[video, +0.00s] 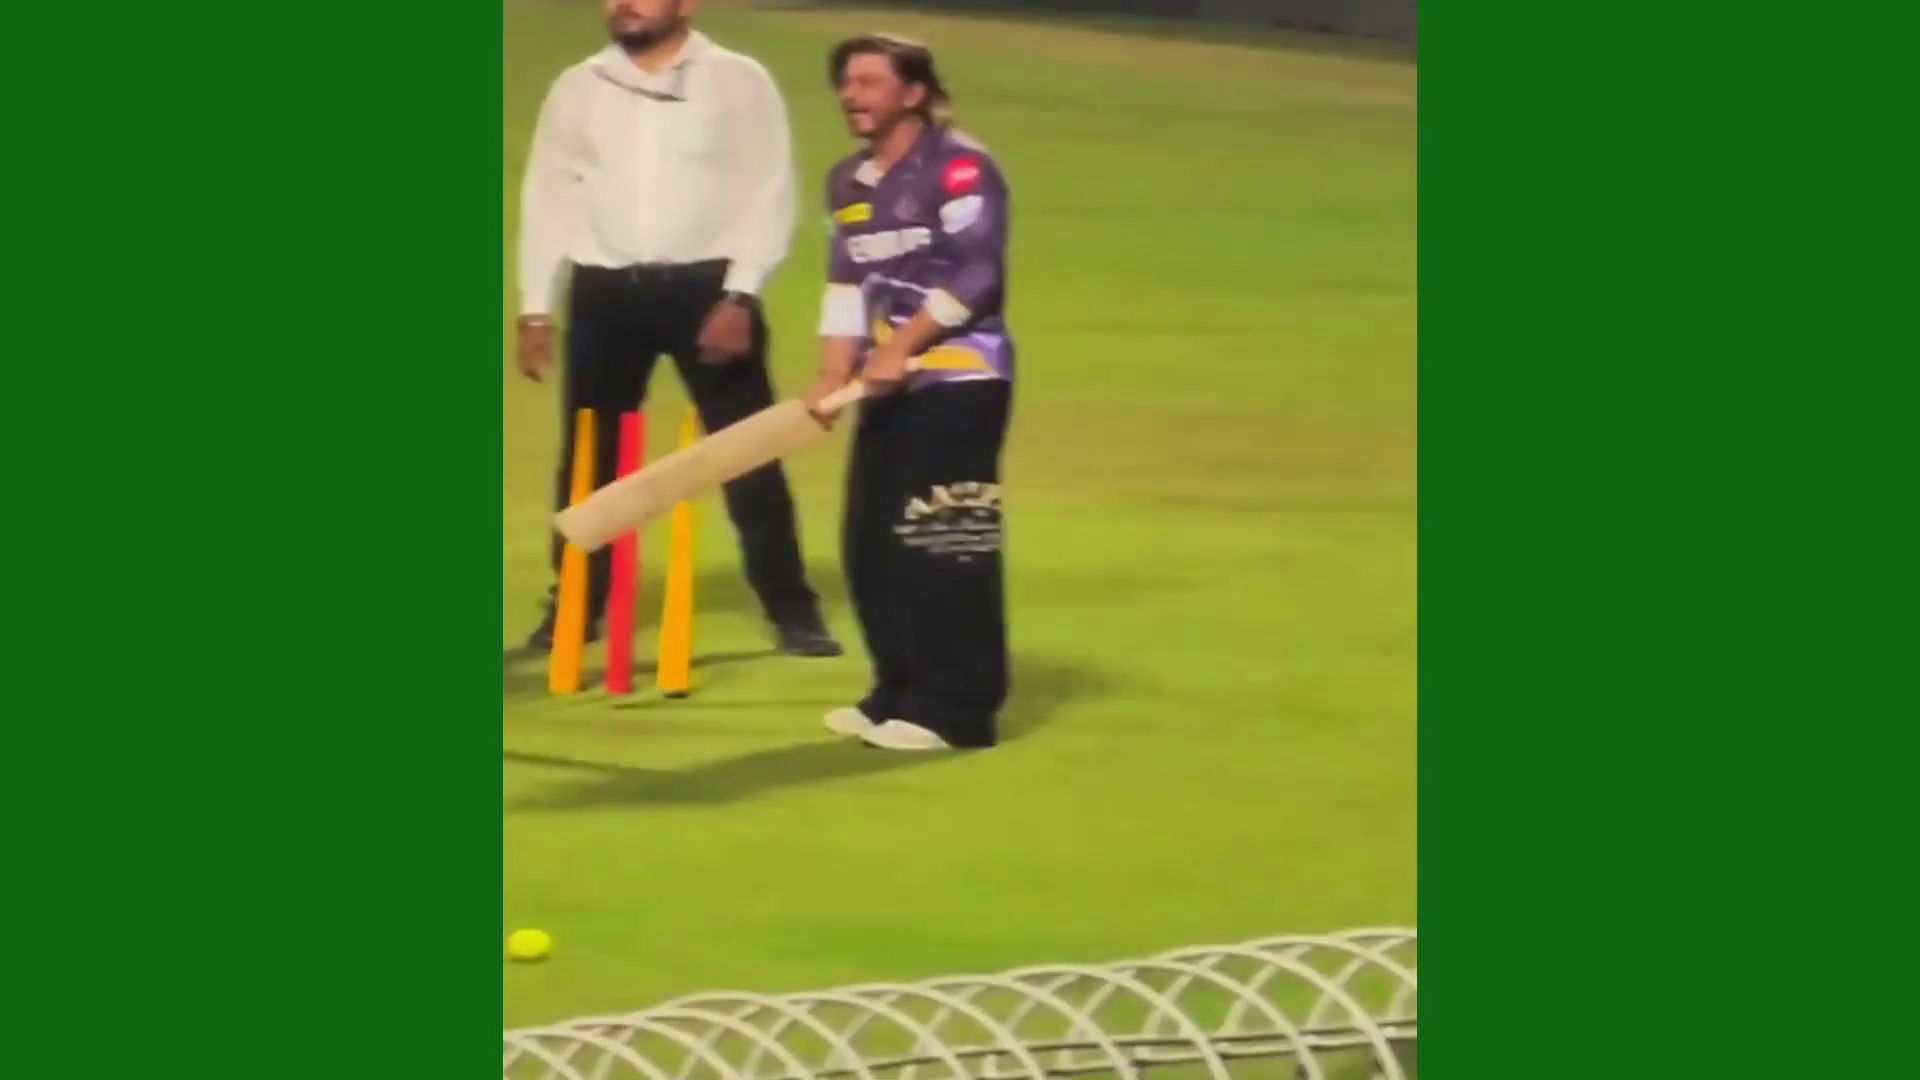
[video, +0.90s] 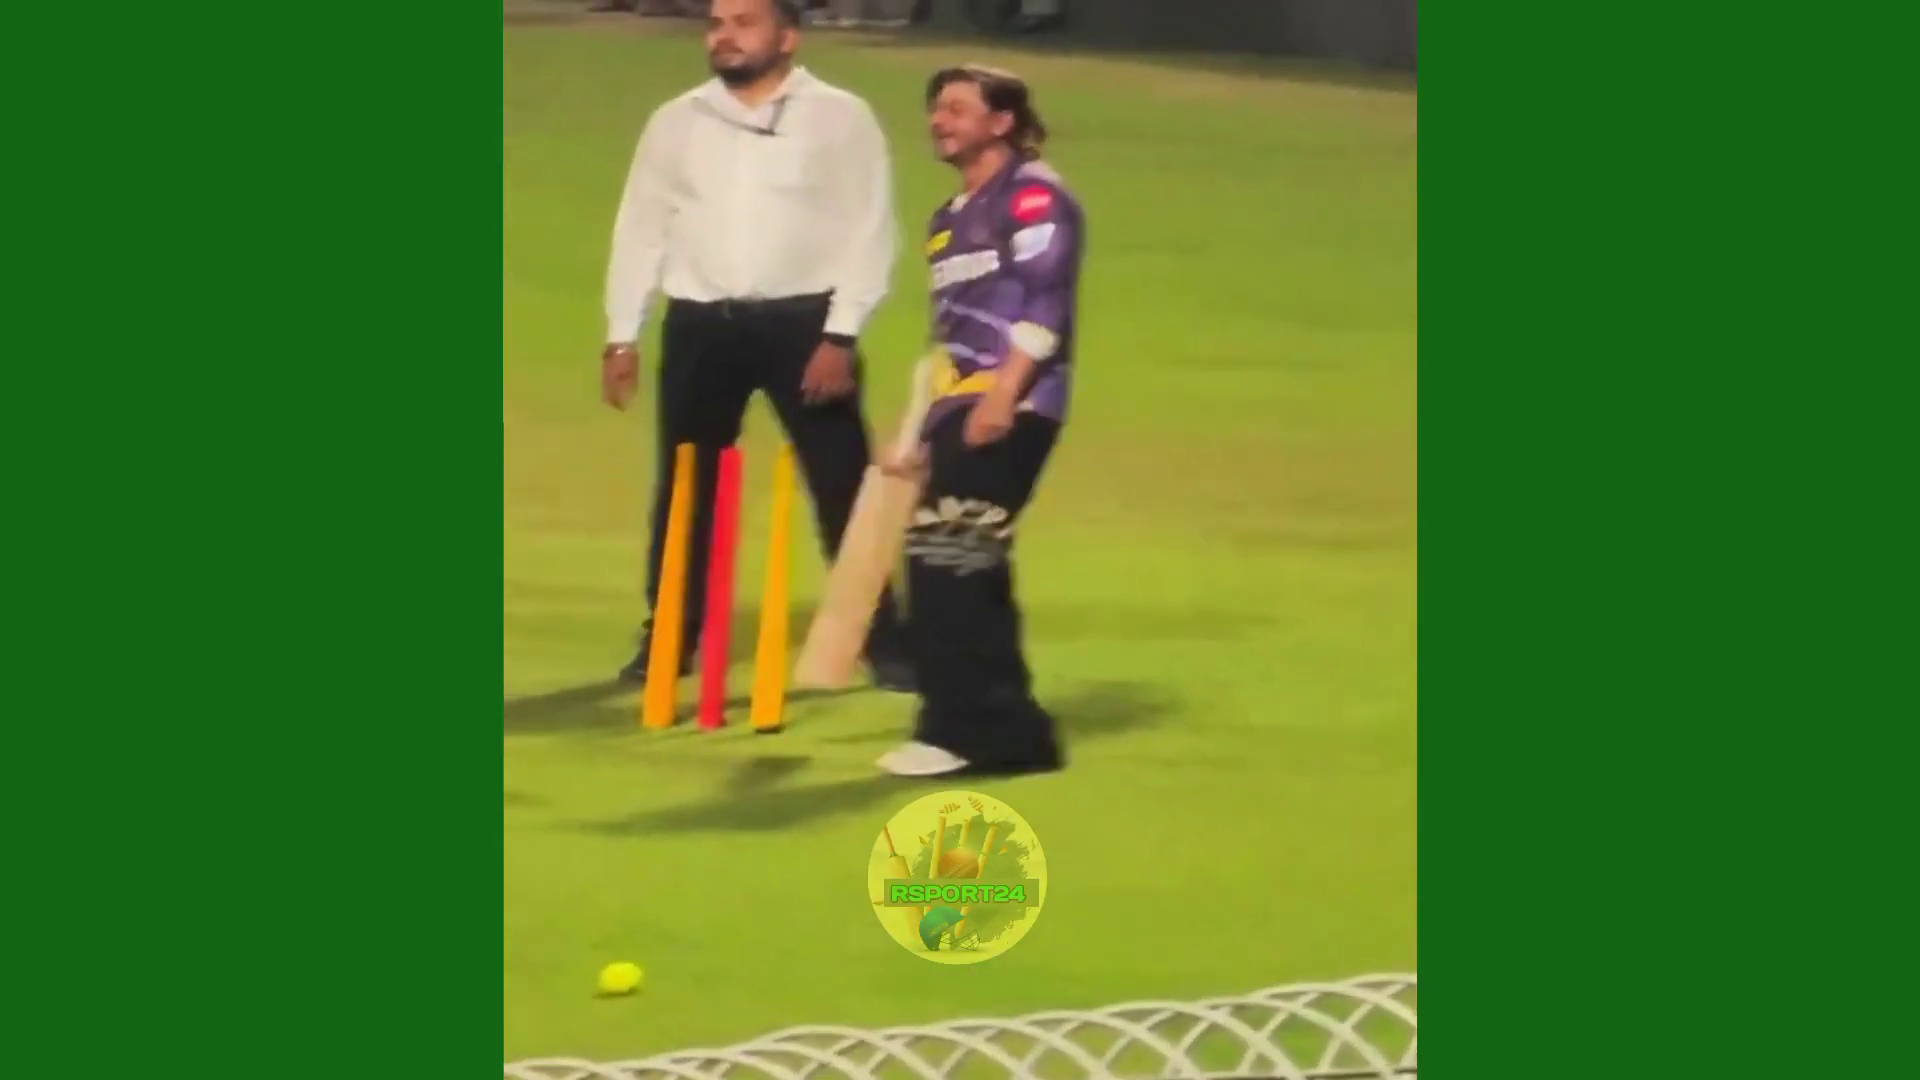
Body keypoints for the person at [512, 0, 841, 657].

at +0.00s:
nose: (621, 5)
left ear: (682, 5)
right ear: (608, 10)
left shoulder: (742, 81)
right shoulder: (577, 88)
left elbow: (773, 191)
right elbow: (545, 197)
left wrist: (741, 293)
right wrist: (536, 306)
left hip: (709, 294)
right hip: (606, 297)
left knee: (751, 459)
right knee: (587, 465)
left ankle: (795, 616)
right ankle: (572, 621)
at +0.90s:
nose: (722, 37)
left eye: (741, 23)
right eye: (715, 24)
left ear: (788, 36)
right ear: (704, 33)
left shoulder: (842, 119)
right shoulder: (676, 121)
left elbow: (873, 234)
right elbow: (640, 229)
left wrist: (840, 334)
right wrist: (623, 334)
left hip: (805, 329)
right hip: (700, 330)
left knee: (847, 492)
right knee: (682, 497)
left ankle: (886, 640)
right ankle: (666, 643)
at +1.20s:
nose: (768, 67)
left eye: (786, 56)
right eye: (762, 55)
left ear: (834, 67)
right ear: (756, 64)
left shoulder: (888, 149)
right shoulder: (729, 153)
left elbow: (923, 265)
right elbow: (695, 261)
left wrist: (888, 366)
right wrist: (675, 370)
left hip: (853, 362)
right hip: (748, 362)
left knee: (897, 531)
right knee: (732, 531)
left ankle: (931, 681)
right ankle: (724, 677)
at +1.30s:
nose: (778, 79)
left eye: (796, 68)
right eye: (774, 67)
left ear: (845, 80)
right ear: (768, 77)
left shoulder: (899, 161)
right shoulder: (742, 164)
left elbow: (932, 276)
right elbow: (709, 275)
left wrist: (900, 378)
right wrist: (690, 383)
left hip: (864, 373)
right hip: (760, 374)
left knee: (911, 534)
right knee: (747, 540)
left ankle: (941, 685)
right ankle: (744, 687)